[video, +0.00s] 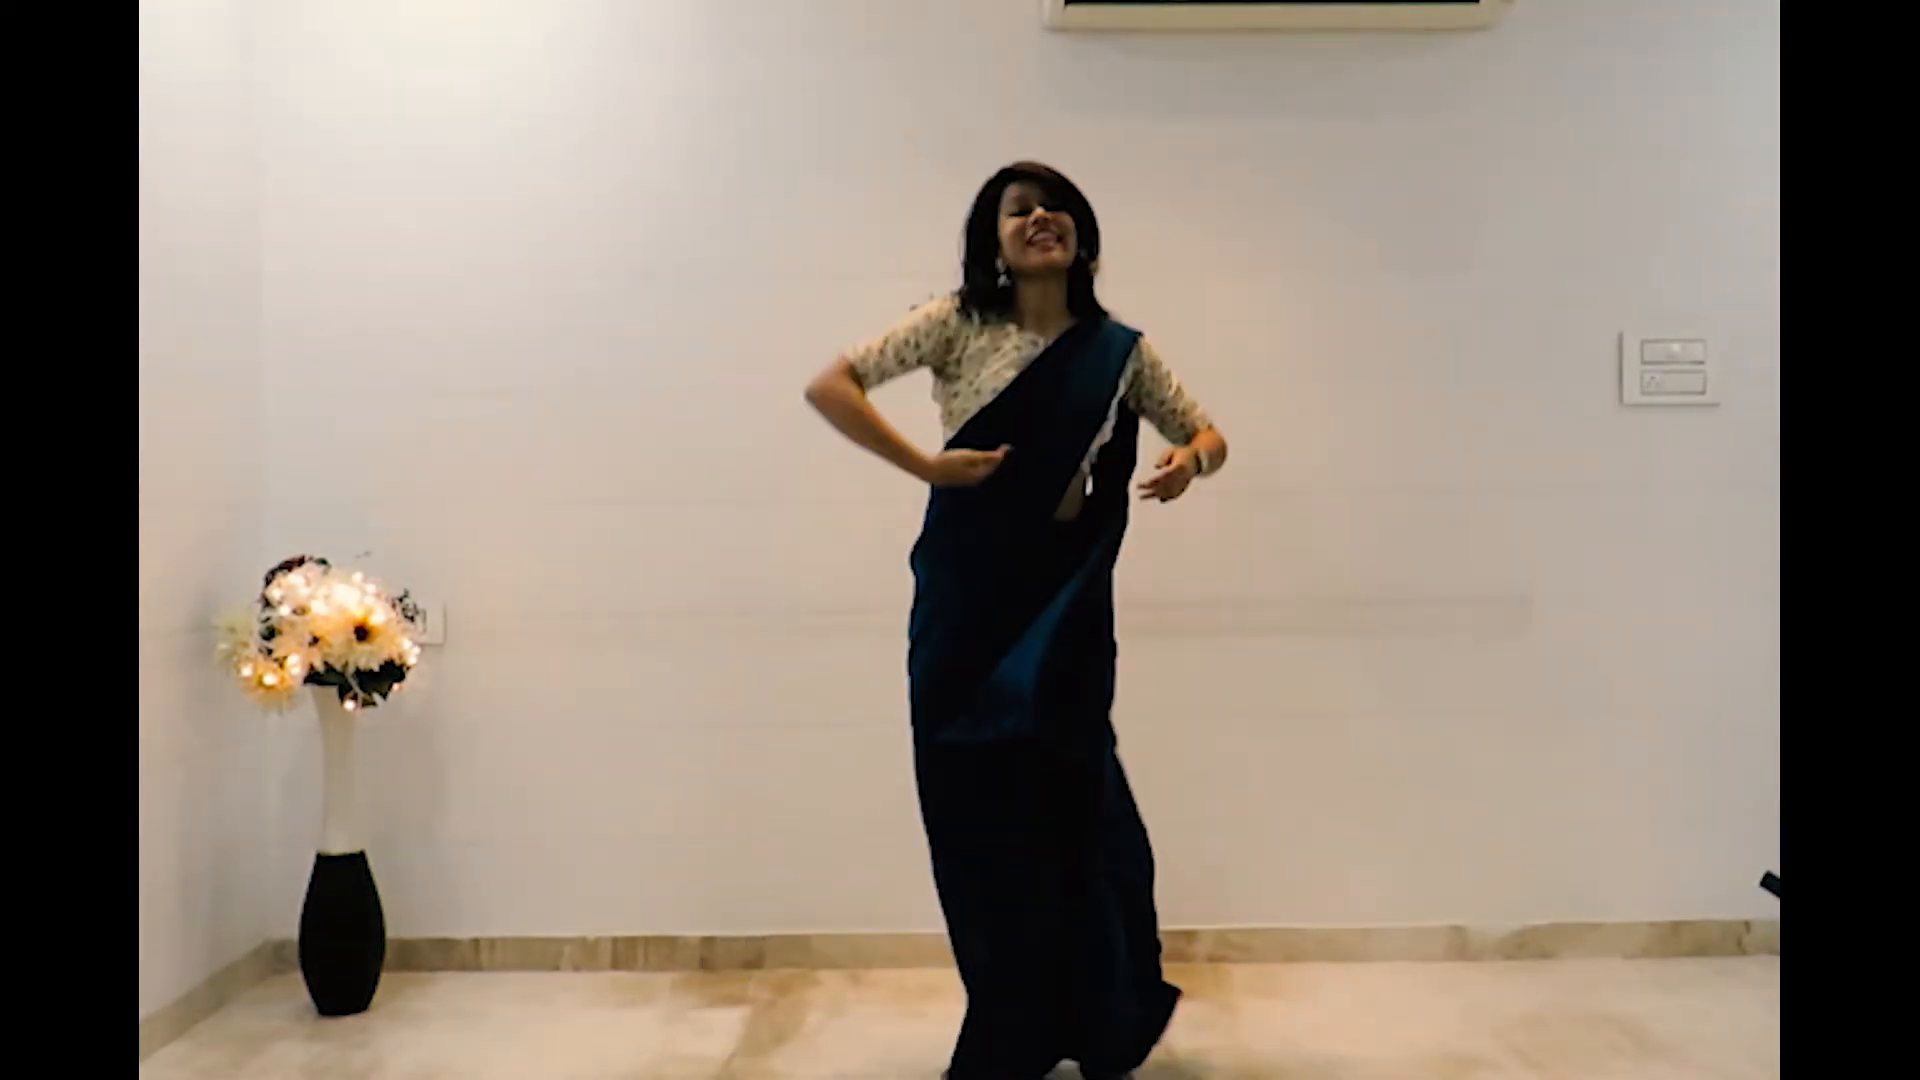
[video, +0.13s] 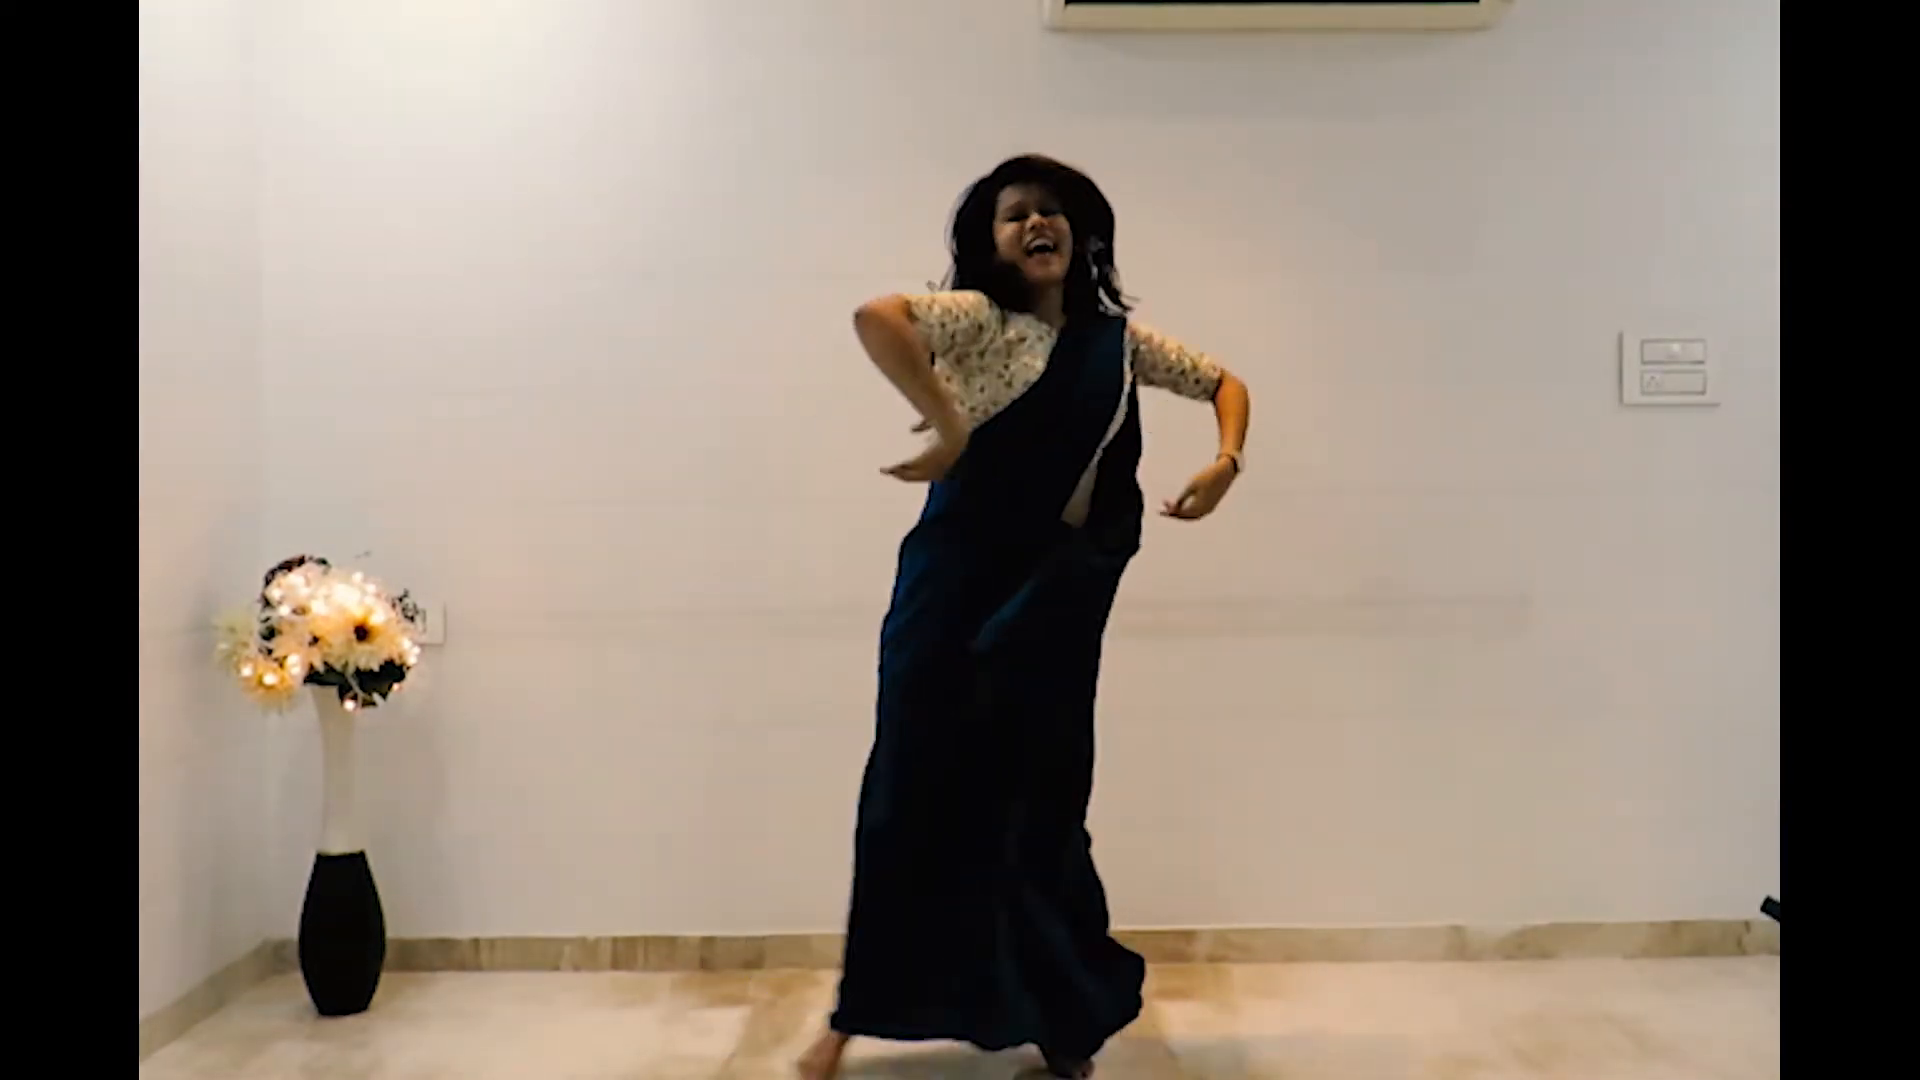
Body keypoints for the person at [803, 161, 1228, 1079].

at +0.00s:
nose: (1041, 217)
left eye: (1056, 206)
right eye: (1020, 208)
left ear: (1081, 236)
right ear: (992, 239)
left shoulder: (1120, 347)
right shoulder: (956, 324)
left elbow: (1207, 438)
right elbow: (828, 387)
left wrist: (1188, 461)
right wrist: (924, 464)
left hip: (1067, 598)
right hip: (965, 594)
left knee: (1061, 790)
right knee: (972, 802)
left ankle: (1097, 1017)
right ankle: (1003, 1025)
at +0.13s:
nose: (1037, 224)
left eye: (1051, 210)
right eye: (1016, 216)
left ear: (1080, 231)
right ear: (989, 242)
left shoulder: (1114, 336)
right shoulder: (976, 319)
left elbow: (1227, 385)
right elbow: (876, 318)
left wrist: (1226, 461)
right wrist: (945, 426)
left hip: (1055, 596)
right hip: (951, 584)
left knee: (1046, 799)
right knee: (907, 788)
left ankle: (1063, 1028)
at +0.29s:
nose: (1028, 287)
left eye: (1042, 275)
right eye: (1007, 278)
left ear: (1064, 297)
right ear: (977, 300)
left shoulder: (1073, 409)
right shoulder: (964, 362)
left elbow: (1158, 475)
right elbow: (923, 400)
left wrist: (1260, 474)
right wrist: (1071, 399)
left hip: (1061, 654)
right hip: (962, 650)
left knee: (1057, 847)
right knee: (893, 842)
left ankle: (1052, 1044)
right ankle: (746, 1030)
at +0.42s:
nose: (1007, 299)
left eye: (1023, 286)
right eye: (988, 286)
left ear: (1047, 310)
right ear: (962, 309)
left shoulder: (1053, 422)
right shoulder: (949, 400)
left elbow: (1146, 516)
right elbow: (1013, 478)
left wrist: (1254, 461)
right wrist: (1079, 370)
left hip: (1036, 670)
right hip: (938, 670)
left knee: (1056, 867)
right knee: (881, 857)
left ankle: (1066, 1054)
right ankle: (756, 1051)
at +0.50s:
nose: (1004, 308)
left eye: (1017, 295)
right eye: (984, 296)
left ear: (1040, 313)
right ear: (951, 317)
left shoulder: (1055, 414)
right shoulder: (952, 414)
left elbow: (1140, 504)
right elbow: (1054, 504)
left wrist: (1253, 463)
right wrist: (1100, 409)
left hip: (1017, 660)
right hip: (924, 656)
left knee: (1037, 863)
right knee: (863, 844)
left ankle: (1055, 1050)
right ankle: (746, 1045)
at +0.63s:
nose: (1000, 325)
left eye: (1013, 311)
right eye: (981, 312)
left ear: (1035, 324)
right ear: (952, 328)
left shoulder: (1066, 419)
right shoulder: (945, 427)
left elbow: (1101, 522)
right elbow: (985, 557)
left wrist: (1145, 523)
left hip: (1017, 666)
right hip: (920, 661)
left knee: (1010, 850)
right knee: (854, 838)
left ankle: (1000, 1038)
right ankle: (747, 1038)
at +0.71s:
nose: (1007, 303)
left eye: (1024, 290)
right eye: (990, 286)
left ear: (1044, 306)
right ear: (959, 298)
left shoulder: (1078, 401)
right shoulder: (932, 398)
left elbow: (1142, 501)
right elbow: (886, 511)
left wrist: (1117, 537)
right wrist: (1017, 539)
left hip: (1032, 652)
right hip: (926, 649)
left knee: (1023, 844)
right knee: (866, 834)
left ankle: (1013, 1039)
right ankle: (778, 1041)